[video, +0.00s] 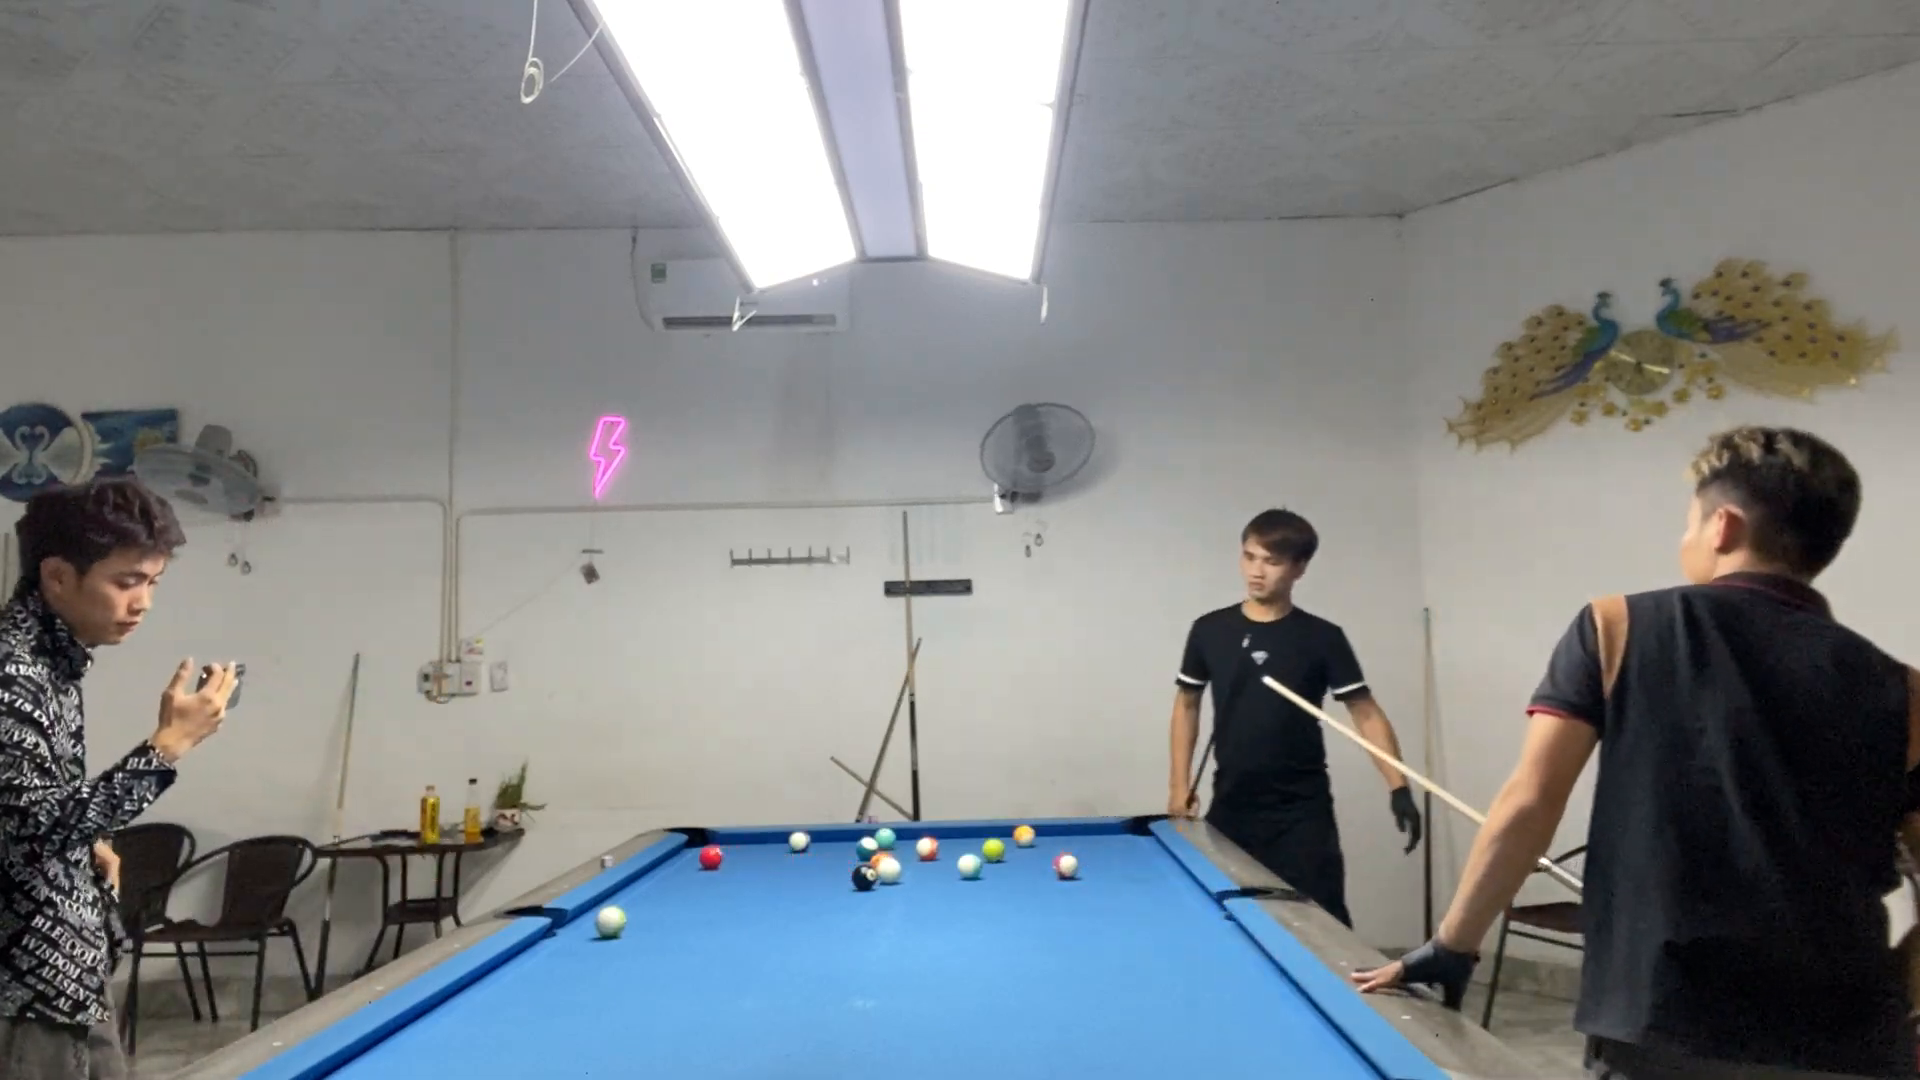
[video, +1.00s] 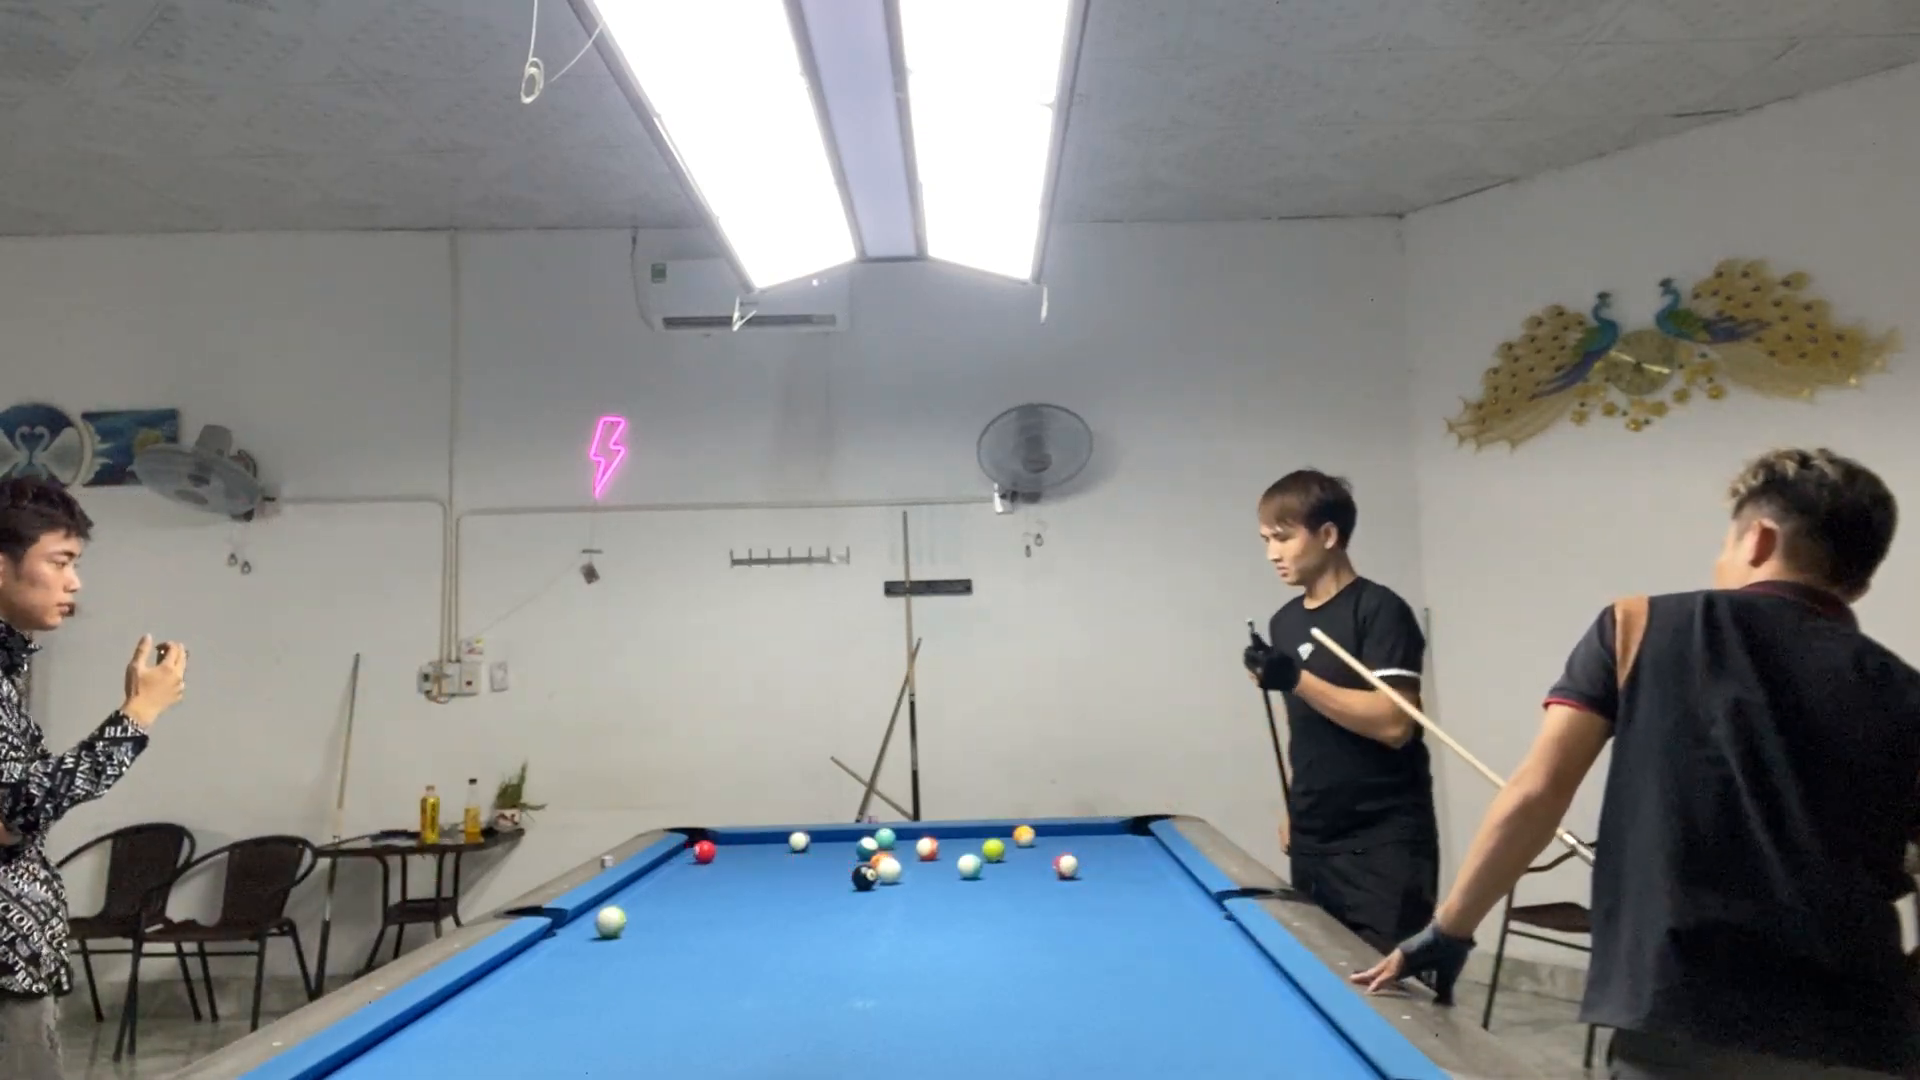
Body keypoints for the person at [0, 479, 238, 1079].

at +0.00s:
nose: (142, 603)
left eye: (150, 582)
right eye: (126, 582)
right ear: (58, 577)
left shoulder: (57, 659)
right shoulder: (13, 675)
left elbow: (51, 788)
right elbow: (41, 829)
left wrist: (89, 840)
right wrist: (168, 745)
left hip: (80, 978)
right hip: (27, 997)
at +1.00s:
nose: (75, 583)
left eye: (74, 564)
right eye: (60, 561)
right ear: (6, 565)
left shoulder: (12, 668)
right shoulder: (6, 672)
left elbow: (32, 792)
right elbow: (24, 801)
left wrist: (133, 713)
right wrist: (137, 714)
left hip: (29, 968)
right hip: (15, 973)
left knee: (40, 1066)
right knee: (34, 1068)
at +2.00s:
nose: (69, 590)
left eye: (69, 569)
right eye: (57, 565)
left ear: (17, 566)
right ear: (5, 565)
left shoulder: (6, 665)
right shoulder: (4, 668)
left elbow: (18, 798)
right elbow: (15, 802)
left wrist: (128, 724)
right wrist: (132, 724)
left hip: (17, 975)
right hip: (9, 977)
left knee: (29, 1069)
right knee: (26, 1070)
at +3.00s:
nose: (70, 588)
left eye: (71, 569)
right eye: (56, 565)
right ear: (6, 567)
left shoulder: (9, 667)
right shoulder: (5, 670)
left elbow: (25, 795)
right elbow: (25, 799)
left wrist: (14, 824)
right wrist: (139, 720)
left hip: (20, 972)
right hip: (11, 974)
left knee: (30, 1069)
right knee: (26, 1070)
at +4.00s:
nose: (69, 596)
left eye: (71, 576)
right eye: (58, 572)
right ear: (4, 568)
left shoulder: (3, 671)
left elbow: (21, 791)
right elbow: (20, 800)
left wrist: (12, 824)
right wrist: (137, 722)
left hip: (16, 973)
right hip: (6, 976)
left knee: (29, 1069)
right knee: (25, 1070)